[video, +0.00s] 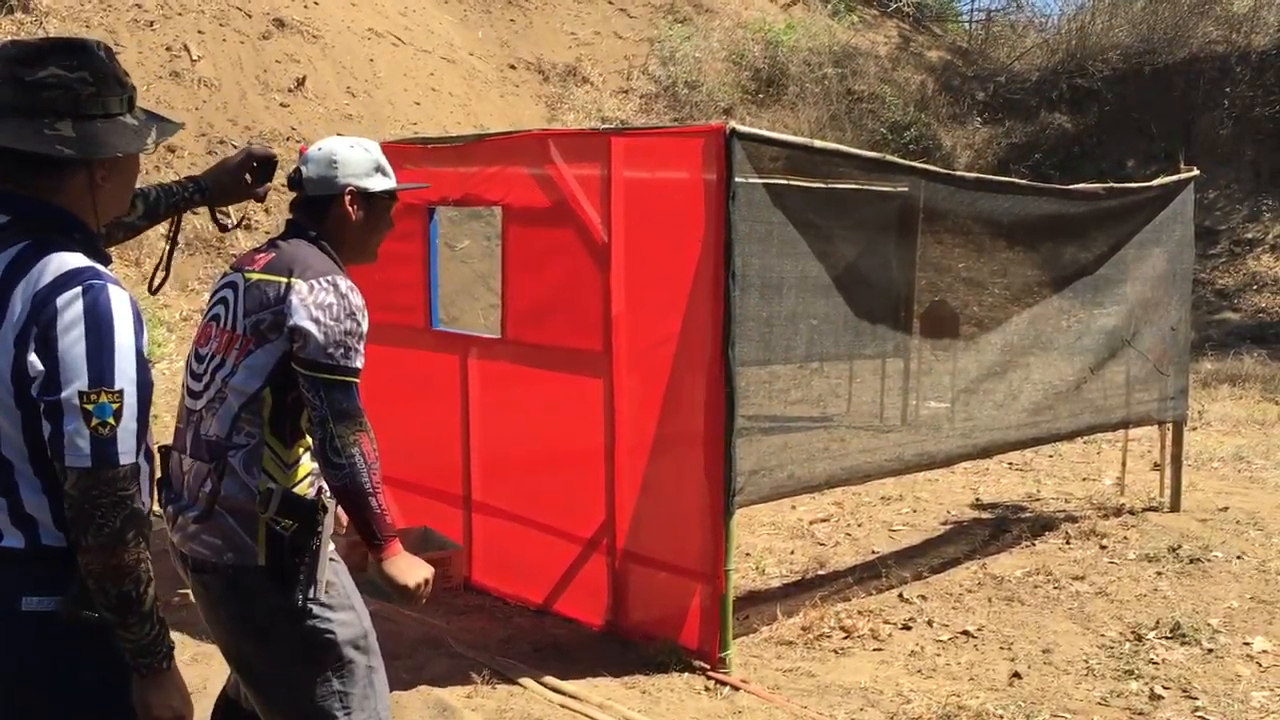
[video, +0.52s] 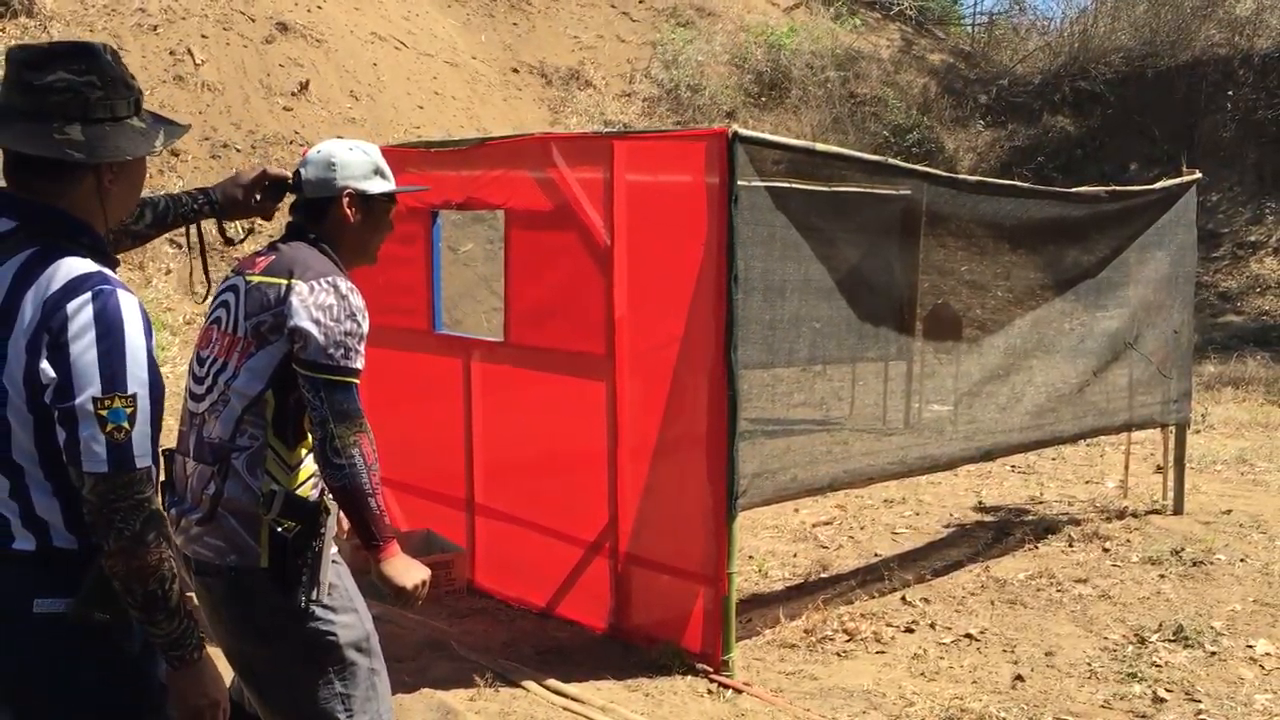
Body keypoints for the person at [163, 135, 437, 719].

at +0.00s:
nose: (393, 223)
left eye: (394, 208)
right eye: (388, 207)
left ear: (313, 200)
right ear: (351, 206)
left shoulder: (253, 266)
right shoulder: (326, 289)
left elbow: (259, 410)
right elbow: (341, 435)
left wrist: (322, 497)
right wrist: (390, 548)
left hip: (208, 526)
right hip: (266, 539)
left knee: (266, 681)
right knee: (353, 698)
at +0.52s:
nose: (394, 224)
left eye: (395, 209)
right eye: (389, 208)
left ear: (325, 203)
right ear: (350, 208)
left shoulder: (254, 268)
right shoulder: (327, 291)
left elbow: (259, 410)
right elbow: (340, 440)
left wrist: (319, 504)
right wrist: (388, 551)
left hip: (213, 532)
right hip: (269, 545)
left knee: (272, 691)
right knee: (354, 699)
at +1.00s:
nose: (400, 221)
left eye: (400, 207)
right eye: (394, 206)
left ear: (333, 203)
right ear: (356, 208)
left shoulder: (264, 267)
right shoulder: (335, 287)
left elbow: (276, 407)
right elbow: (350, 433)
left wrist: (332, 496)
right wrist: (398, 545)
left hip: (220, 535)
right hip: (277, 543)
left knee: (281, 696)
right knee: (361, 697)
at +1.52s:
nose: (401, 222)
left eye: (402, 207)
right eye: (395, 206)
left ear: (333, 201)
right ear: (357, 205)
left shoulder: (264, 266)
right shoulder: (337, 287)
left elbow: (274, 406)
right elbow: (352, 432)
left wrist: (335, 495)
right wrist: (401, 544)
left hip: (222, 531)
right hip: (280, 542)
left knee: (283, 695)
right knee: (363, 699)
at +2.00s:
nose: (406, 225)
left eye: (407, 210)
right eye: (400, 209)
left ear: (339, 206)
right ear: (362, 209)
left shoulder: (269, 270)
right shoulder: (340, 290)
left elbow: (278, 415)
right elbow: (356, 437)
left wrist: (341, 506)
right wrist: (404, 549)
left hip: (227, 530)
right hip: (285, 543)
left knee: (287, 690)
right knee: (369, 699)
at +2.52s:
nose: (409, 230)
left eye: (409, 215)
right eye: (402, 214)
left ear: (341, 212)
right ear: (363, 214)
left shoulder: (269, 276)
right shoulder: (343, 296)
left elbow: (273, 418)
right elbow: (357, 440)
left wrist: (339, 512)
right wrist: (404, 552)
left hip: (226, 532)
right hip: (285, 547)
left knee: (281, 689)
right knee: (371, 701)